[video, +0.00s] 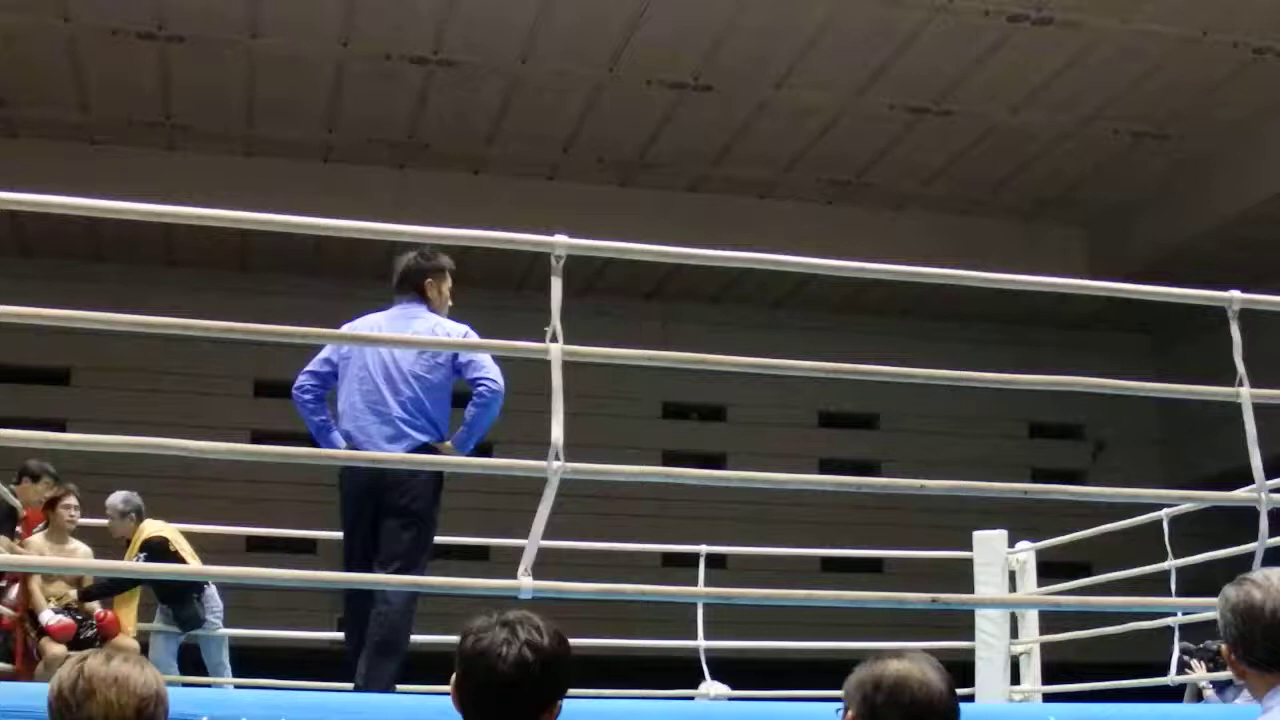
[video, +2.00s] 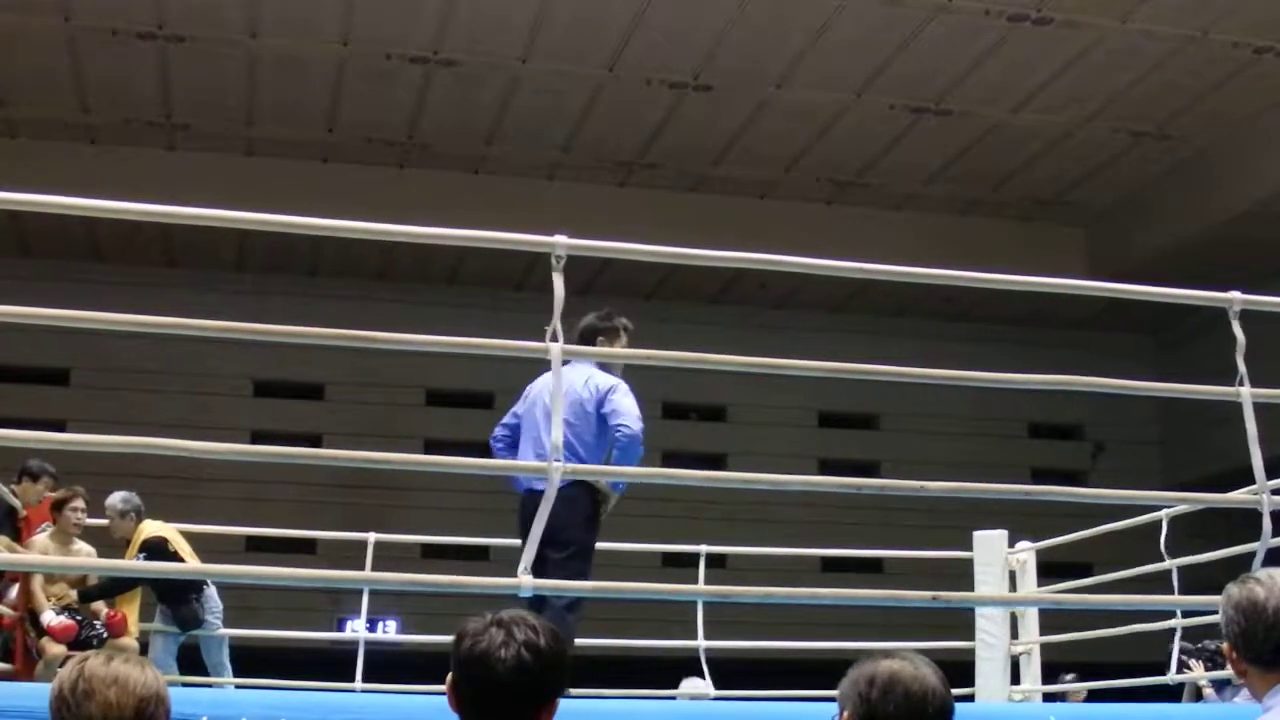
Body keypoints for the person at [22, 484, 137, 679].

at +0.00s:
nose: (73, 514)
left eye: (76, 509)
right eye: (66, 508)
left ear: (80, 513)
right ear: (50, 512)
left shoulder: (84, 551)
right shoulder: (33, 544)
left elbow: (87, 592)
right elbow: (33, 585)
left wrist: (99, 613)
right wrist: (47, 617)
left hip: (78, 612)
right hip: (42, 611)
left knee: (129, 646)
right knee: (57, 653)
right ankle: (36, 705)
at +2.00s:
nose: (80, 517)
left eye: (83, 511)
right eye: (73, 510)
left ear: (87, 515)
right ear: (56, 514)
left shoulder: (88, 551)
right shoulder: (38, 544)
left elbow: (92, 593)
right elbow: (36, 587)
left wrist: (106, 614)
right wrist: (50, 618)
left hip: (78, 614)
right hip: (42, 612)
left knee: (128, 646)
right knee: (56, 652)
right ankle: (37, 704)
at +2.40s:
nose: (78, 515)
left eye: (81, 510)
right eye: (71, 509)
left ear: (84, 514)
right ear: (54, 513)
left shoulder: (86, 552)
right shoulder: (36, 545)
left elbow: (91, 594)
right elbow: (36, 587)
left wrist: (106, 615)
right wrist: (50, 618)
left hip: (79, 614)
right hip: (43, 612)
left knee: (129, 646)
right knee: (55, 652)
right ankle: (37, 706)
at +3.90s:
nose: (77, 517)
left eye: (80, 512)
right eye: (70, 511)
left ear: (84, 515)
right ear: (54, 514)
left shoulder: (86, 552)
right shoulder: (38, 545)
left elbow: (91, 592)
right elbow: (34, 587)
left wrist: (105, 614)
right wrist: (49, 617)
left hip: (78, 613)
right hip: (42, 612)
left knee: (129, 647)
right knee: (56, 652)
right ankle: (37, 705)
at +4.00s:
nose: (76, 519)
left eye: (80, 513)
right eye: (70, 513)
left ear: (84, 516)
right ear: (54, 515)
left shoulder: (86, 552)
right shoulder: (36, 545)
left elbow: (91, 594)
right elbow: (34, 587)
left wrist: (105, 614)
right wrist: (48, 617)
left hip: (77, 612)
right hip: (43, 611)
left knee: (129, 646)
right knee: (56, 652)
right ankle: (36, 705)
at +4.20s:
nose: (81, 523)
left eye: (85, 518)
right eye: (75, 516)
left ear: (89, 519)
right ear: (59, 517)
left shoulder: (87, 552)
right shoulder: (36, 546)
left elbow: (91, 594)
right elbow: (34, 588)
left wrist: (105, 615)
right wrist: (50, 619)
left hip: (77, 613)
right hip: (42, 613)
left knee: (128, 646)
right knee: (55, 652)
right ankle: (35, 706)